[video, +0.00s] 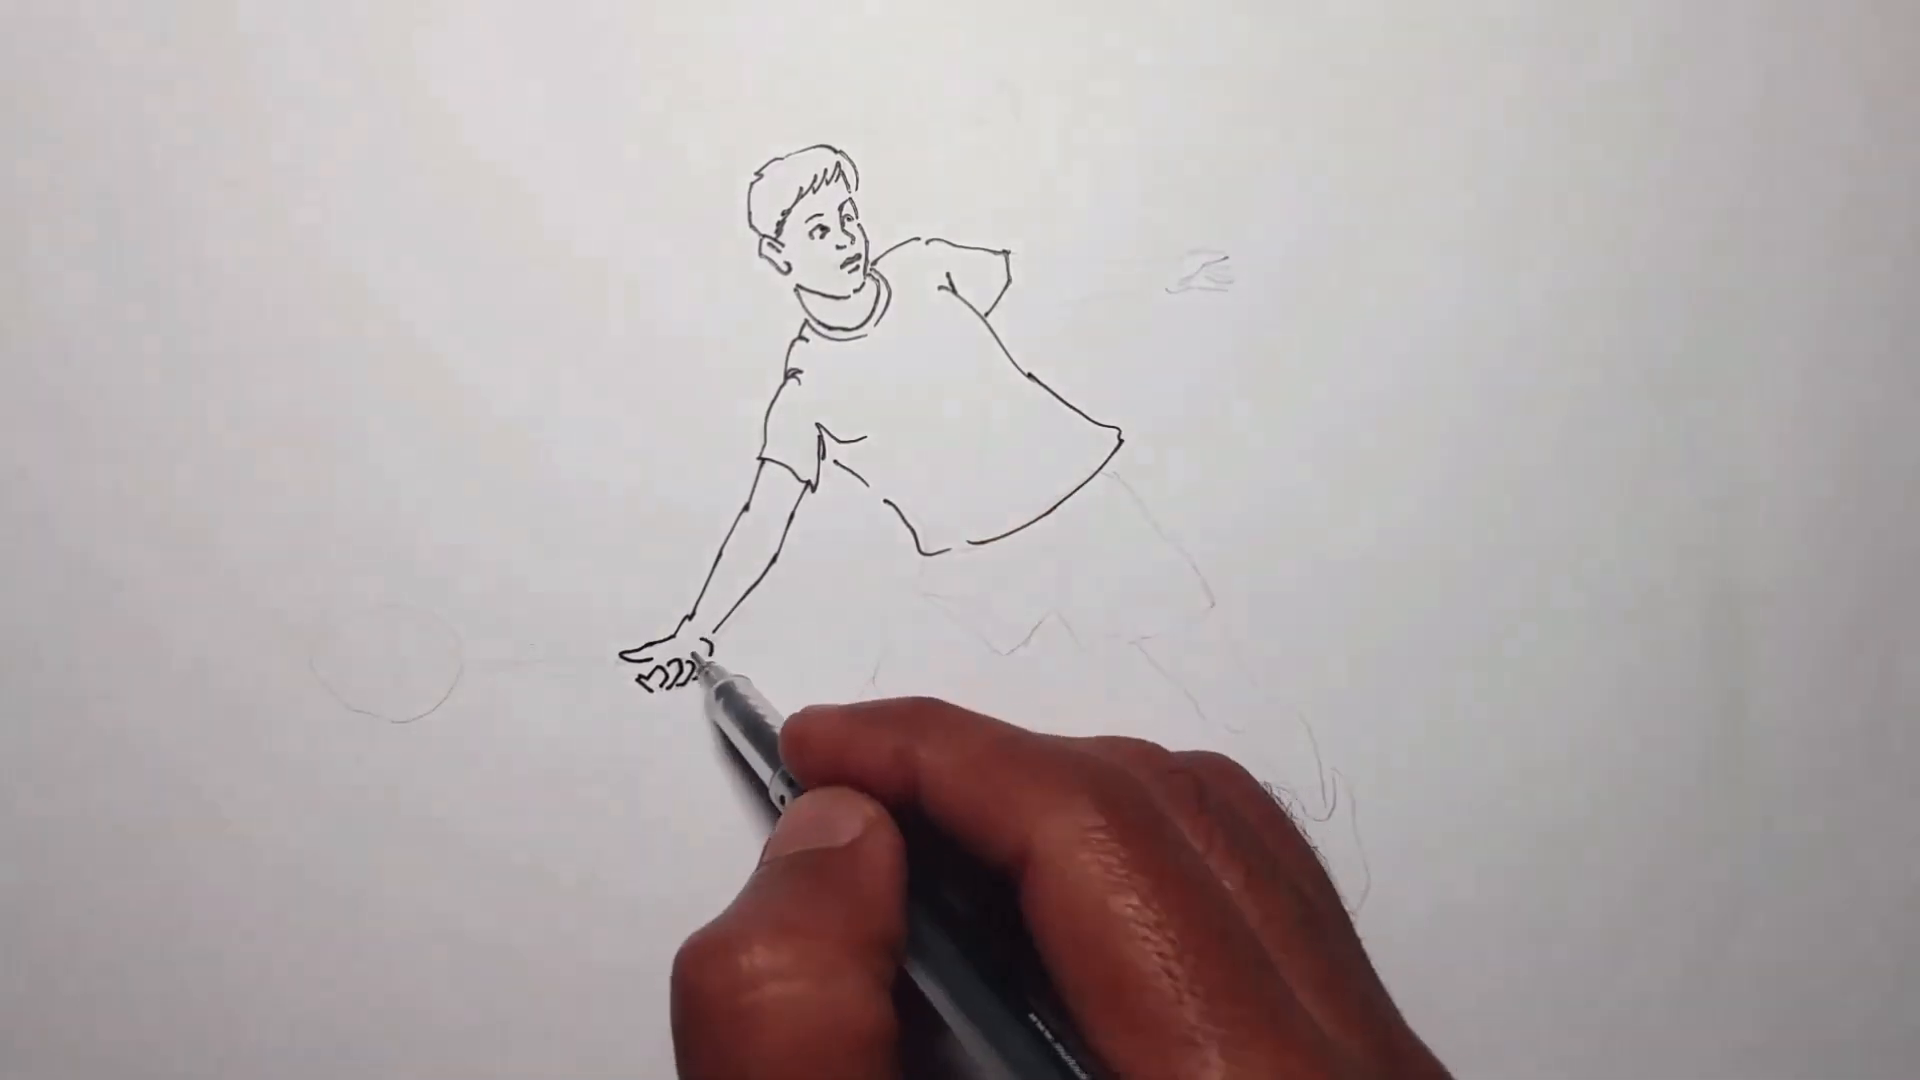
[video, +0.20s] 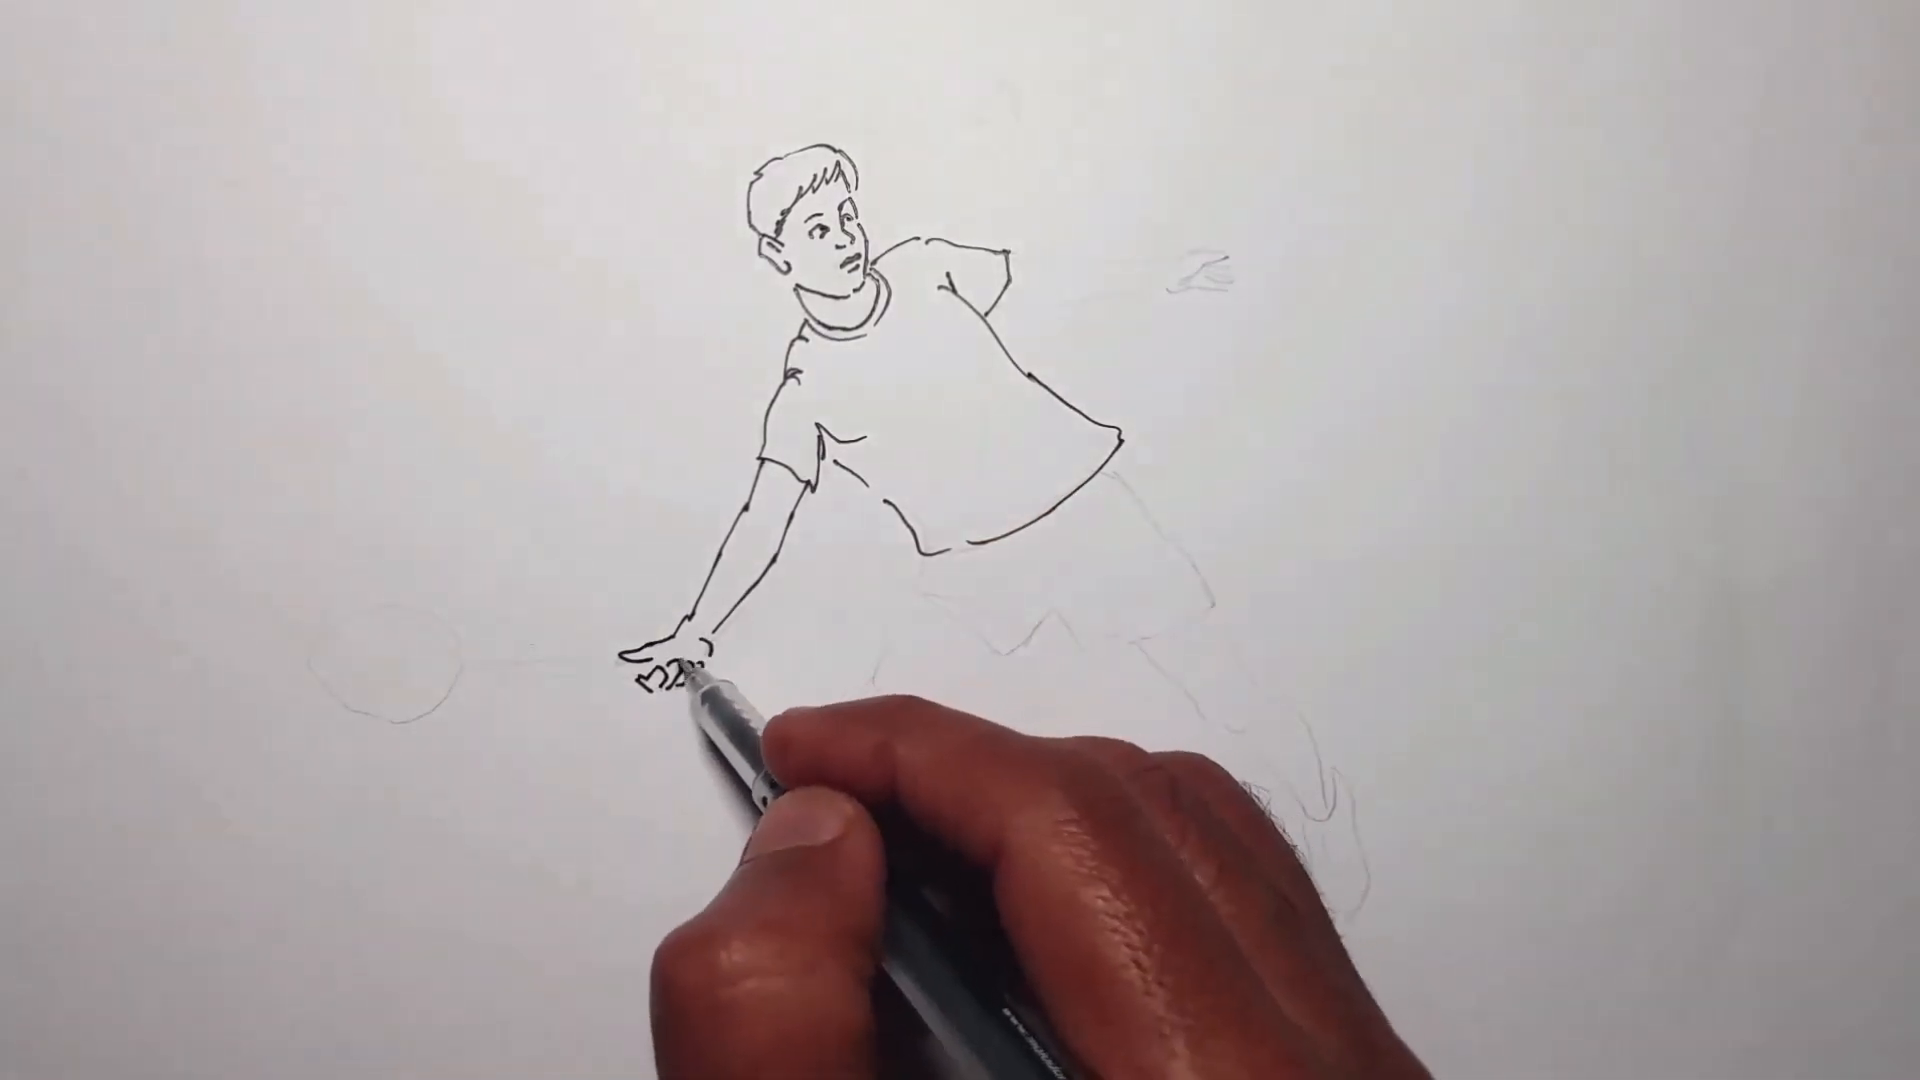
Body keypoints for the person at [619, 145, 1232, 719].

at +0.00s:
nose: (843, 241)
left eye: (844, 215)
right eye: (814, 230)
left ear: (859, 210)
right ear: (775, 257)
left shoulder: (928, 264)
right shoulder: (805, 404)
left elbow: (1062, 278)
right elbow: (760, 528)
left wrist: (1170, 287)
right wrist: (696, 632)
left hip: (1102, 505)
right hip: (981, 576)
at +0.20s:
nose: (835, 242)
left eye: (838, 212)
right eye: (804, 231)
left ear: (860, 208)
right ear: (774, 258)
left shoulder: (934, 282)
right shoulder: (805, 388)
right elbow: (764, 518)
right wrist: (695, 629)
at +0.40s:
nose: (835, 241)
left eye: (839, 214)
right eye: (806, 233)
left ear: (862, 210)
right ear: (776, 260)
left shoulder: (939, 278)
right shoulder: (805, 391)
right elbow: (760, 525)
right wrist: (695, 631)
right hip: (962, 591)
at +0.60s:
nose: (835, 243)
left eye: (839, 214)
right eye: (804, 233)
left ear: (862, 209)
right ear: (774, 260)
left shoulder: (939, 276)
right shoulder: (803, 393)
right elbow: (759, 527)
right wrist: (692, 631)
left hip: (1092, 518)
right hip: (961, 585)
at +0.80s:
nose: (835, 242)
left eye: (839, 214)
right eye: (806, 232)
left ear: (862, 211)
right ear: (776, 259)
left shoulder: (940, 276)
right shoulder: (806, 391)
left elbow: (1058, 273)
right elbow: (762, 524)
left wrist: (1177, 282)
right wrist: (699, 627)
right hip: (959, 589)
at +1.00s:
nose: (833, 243)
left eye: (837, 215)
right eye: (805, 233)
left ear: (861, 211)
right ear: (775, 259)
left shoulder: (937, 272)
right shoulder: (805, 392)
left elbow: (1066, 274)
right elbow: (762, 522)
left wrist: (1179, 282)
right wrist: (700, 627)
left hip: (1094, 516)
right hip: (967, 585)